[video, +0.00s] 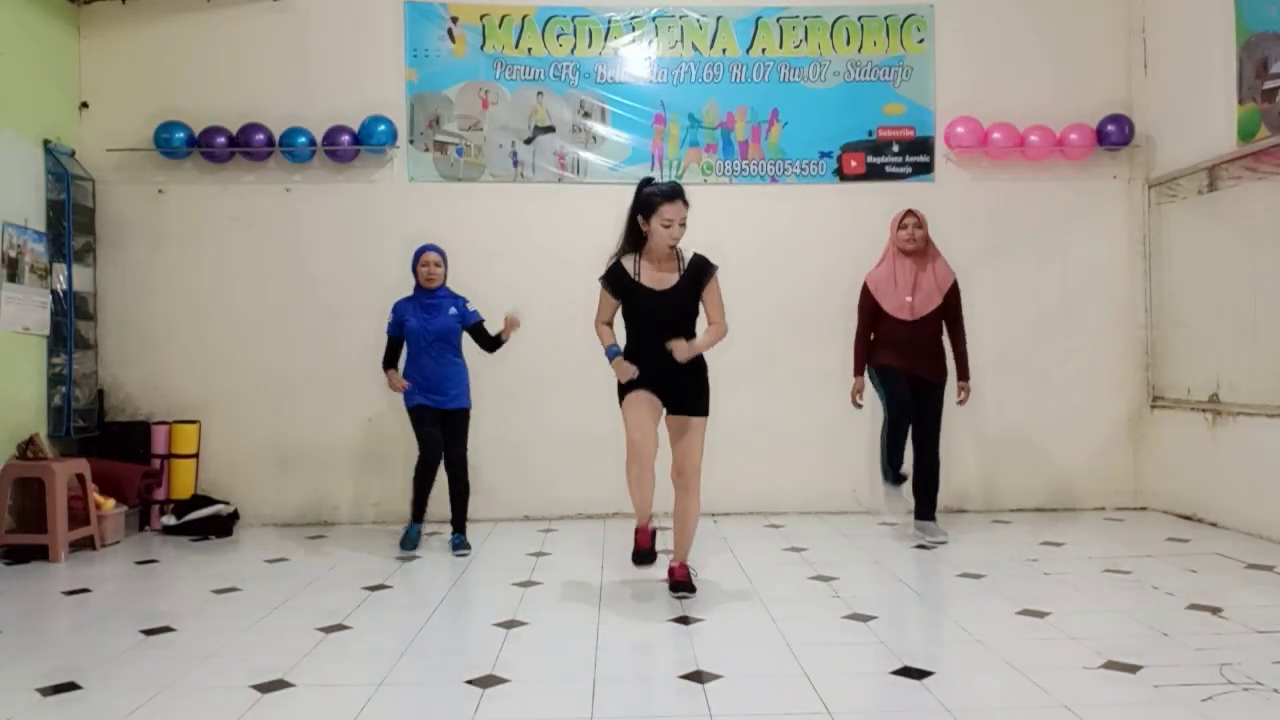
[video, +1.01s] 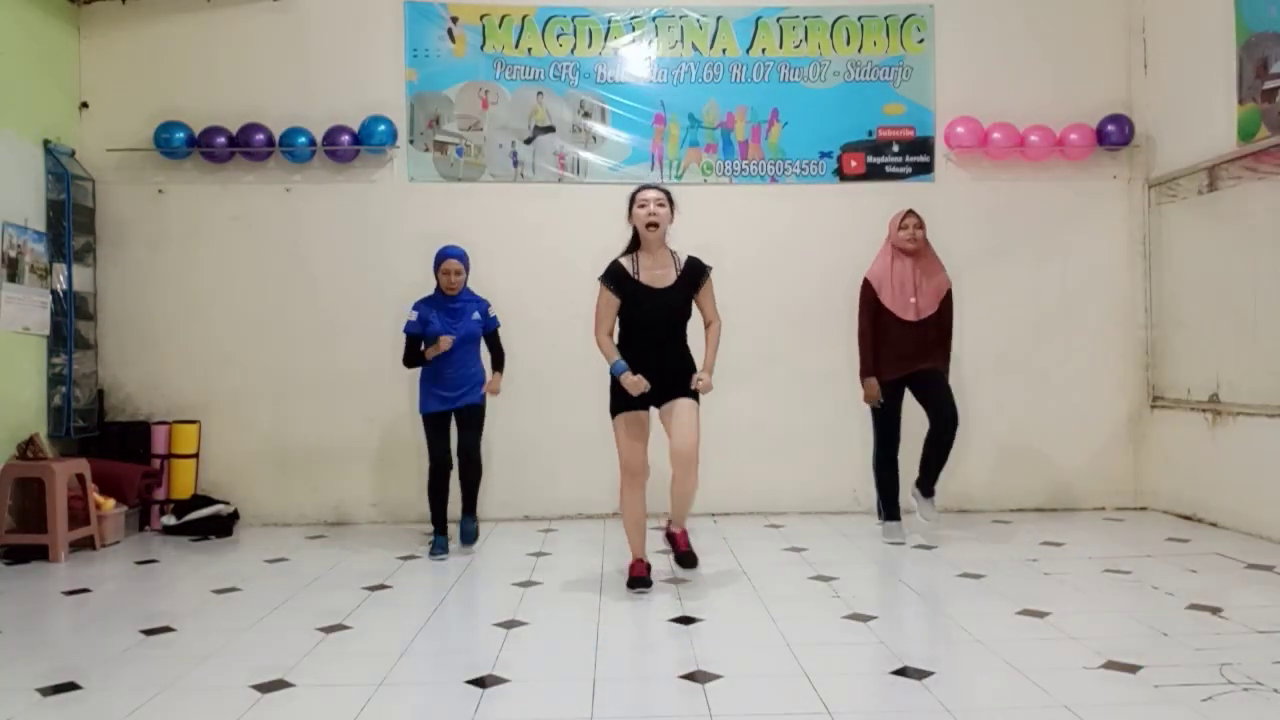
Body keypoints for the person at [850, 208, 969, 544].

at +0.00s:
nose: (911, 231)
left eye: (917, 226)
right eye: (904, 227)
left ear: (927, 234)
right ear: (894, 236)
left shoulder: (941, 274)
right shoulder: (879, 277)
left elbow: (955, 326)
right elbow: (864, 327)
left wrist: (962, 374)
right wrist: (858, 374)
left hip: (928, 365)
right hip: (886, 362)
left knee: (927, 443)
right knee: (899, 411)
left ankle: (926, 517)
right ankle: (893, 476)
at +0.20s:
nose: (911, 232)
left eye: (916, 227)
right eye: (904, 227)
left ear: (924, 235)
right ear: (892, 236)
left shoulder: (933, 278)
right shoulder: (878, 277)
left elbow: (946, 333)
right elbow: (864, 331)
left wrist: (952, 380)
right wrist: (866, 376)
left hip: (925, 371)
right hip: (884, 373)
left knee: (949, 430)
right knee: (883, 442)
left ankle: (931, 503)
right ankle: (884, 517)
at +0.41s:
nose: (911, 233)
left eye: (916, 228)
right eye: (903, 228)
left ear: (924, 235)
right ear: (892, 237)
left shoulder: (936, 277)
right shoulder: (877, 277)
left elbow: (948, 331)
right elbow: (867, 328)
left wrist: (952, 381)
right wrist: (870, 370)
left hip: (927, 371)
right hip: (886, 373)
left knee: (939, 439)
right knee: (887, 445)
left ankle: (923, 510)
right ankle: (885, 517)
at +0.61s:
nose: (912, 231)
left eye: (918, 226)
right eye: (905, 226)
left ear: (926, 234)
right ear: (894, 235)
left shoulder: (941, 274)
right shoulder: (877, 275)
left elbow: (959, 325)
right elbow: (863, 325)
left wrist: (966, 373)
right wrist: (861, 370)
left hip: (927, 363)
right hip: (885, 362)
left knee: (926, 440)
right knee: (887, 424)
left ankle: (923, 518)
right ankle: (892, 484)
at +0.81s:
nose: (912, 232)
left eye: (917, 227)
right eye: (905, 227)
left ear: (925, 235)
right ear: (893, 236)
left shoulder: (940, 277)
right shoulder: (877, 276)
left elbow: (953, 329)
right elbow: (861, 328)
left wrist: (959, 377)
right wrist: (860, 374)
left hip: (928, 375)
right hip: (885, 375)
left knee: (929, 448)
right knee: (889, 446)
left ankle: (924, 519)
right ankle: (890, 520)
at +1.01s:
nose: (912, 232)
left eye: (917, 227)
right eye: (905, 228)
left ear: (925, 234)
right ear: (893, 236)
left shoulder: (936, 274)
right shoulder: (879, 275)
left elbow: (945, 325)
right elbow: (866, 329)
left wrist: (942, 369)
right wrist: (868, 376)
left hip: (924, 366)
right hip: (886, 370)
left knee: (946, 420)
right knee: (887, 444)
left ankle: (924, 488)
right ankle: (890, 517)